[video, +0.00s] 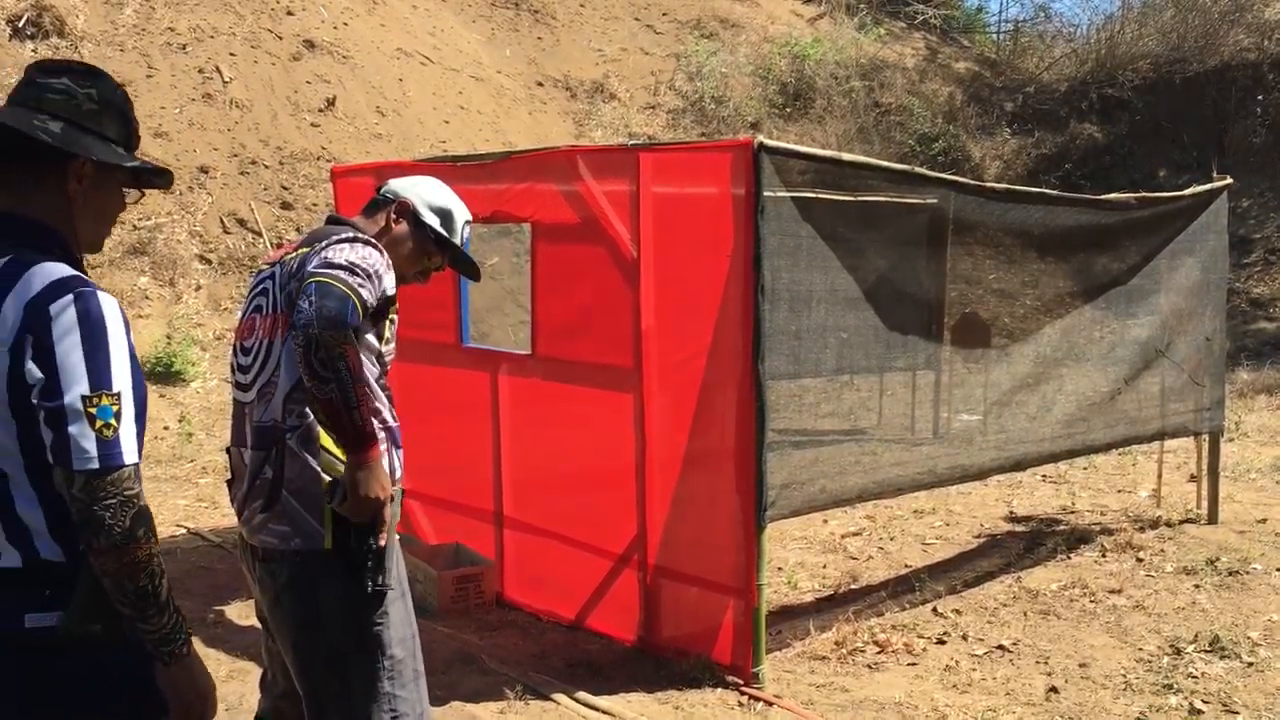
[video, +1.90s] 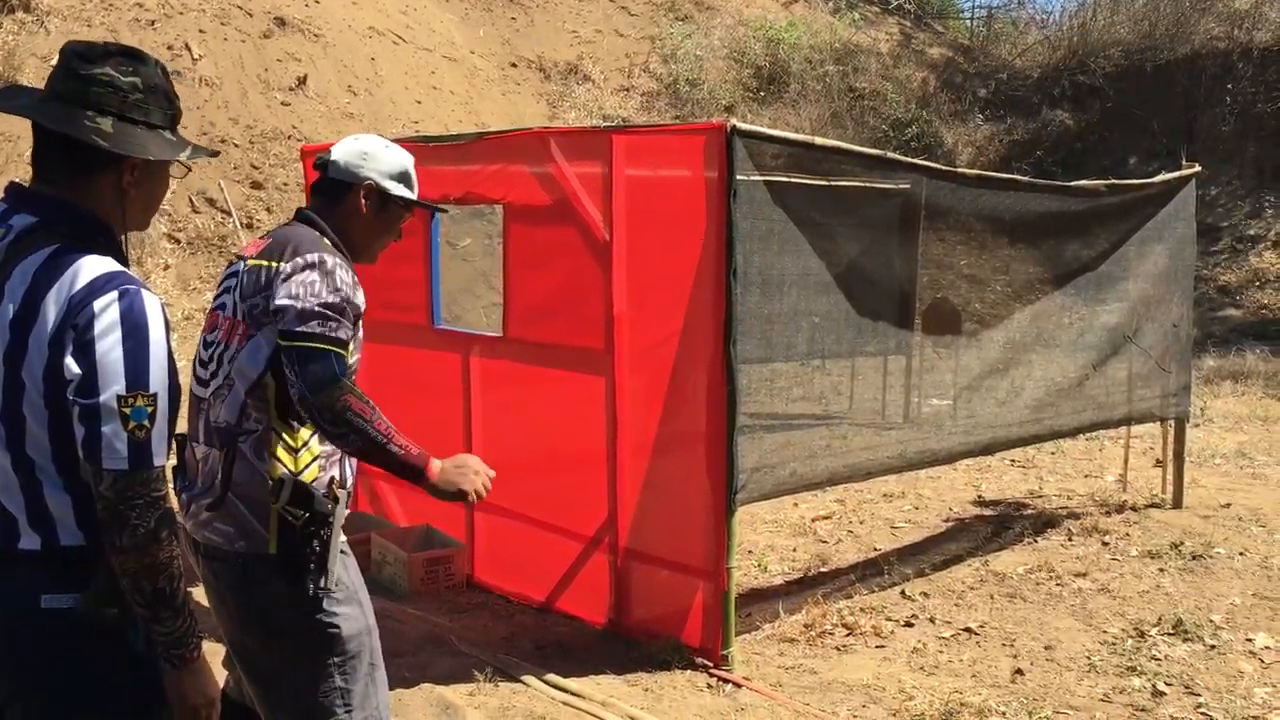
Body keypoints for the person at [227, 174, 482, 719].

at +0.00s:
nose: (424, 275)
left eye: (436, 266)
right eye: (427, 255)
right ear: (397, 218)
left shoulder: (280, 267)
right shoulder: (358, 251)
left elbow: (253, 410)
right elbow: (323, 326)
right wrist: (367, 456)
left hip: (277, 541)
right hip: (336, 539)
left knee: (293, 705)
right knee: (384, 707)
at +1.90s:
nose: (401, 233)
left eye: (406, 218)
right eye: (399, 215)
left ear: (349, 198)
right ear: (363, 200)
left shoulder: (261, 254)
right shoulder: (321, 269)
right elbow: (326, 396)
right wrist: (431, 470)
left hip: (229, 525)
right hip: (286, 533)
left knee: (264, 692)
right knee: (348, 703)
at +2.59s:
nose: (391, 213)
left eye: (392, 198)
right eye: (386, 197)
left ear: (315, 194)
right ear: (349, 199)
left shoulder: (248, 262)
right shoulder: (328, 285)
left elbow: (247, 406)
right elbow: (342, 433)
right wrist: (392, 545)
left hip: (211, 527)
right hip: (272, 541)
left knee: (264, 692)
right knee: (350, 700)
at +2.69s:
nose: (393, 220)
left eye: (394, 205)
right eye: (388, 204)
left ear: (314, 199)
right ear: (351, 204)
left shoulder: (251, 265)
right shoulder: (327, 288)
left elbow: (253, 406)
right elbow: (342, 434)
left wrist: (318, 496)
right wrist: (393, 548)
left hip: (206, 524)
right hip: (266, 538)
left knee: (261, 683)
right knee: (352, 699)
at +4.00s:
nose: (400, 223)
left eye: (401, 208)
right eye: (395, 207)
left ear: (334, 202)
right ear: (357, 207)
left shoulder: (265, 267)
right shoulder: (337, 287)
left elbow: (275, 407)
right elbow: (352, 431)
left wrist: (335, 494)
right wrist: (402, 544)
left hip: (221, 528)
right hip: (279, 538)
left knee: (286, 693)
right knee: (363, 696)